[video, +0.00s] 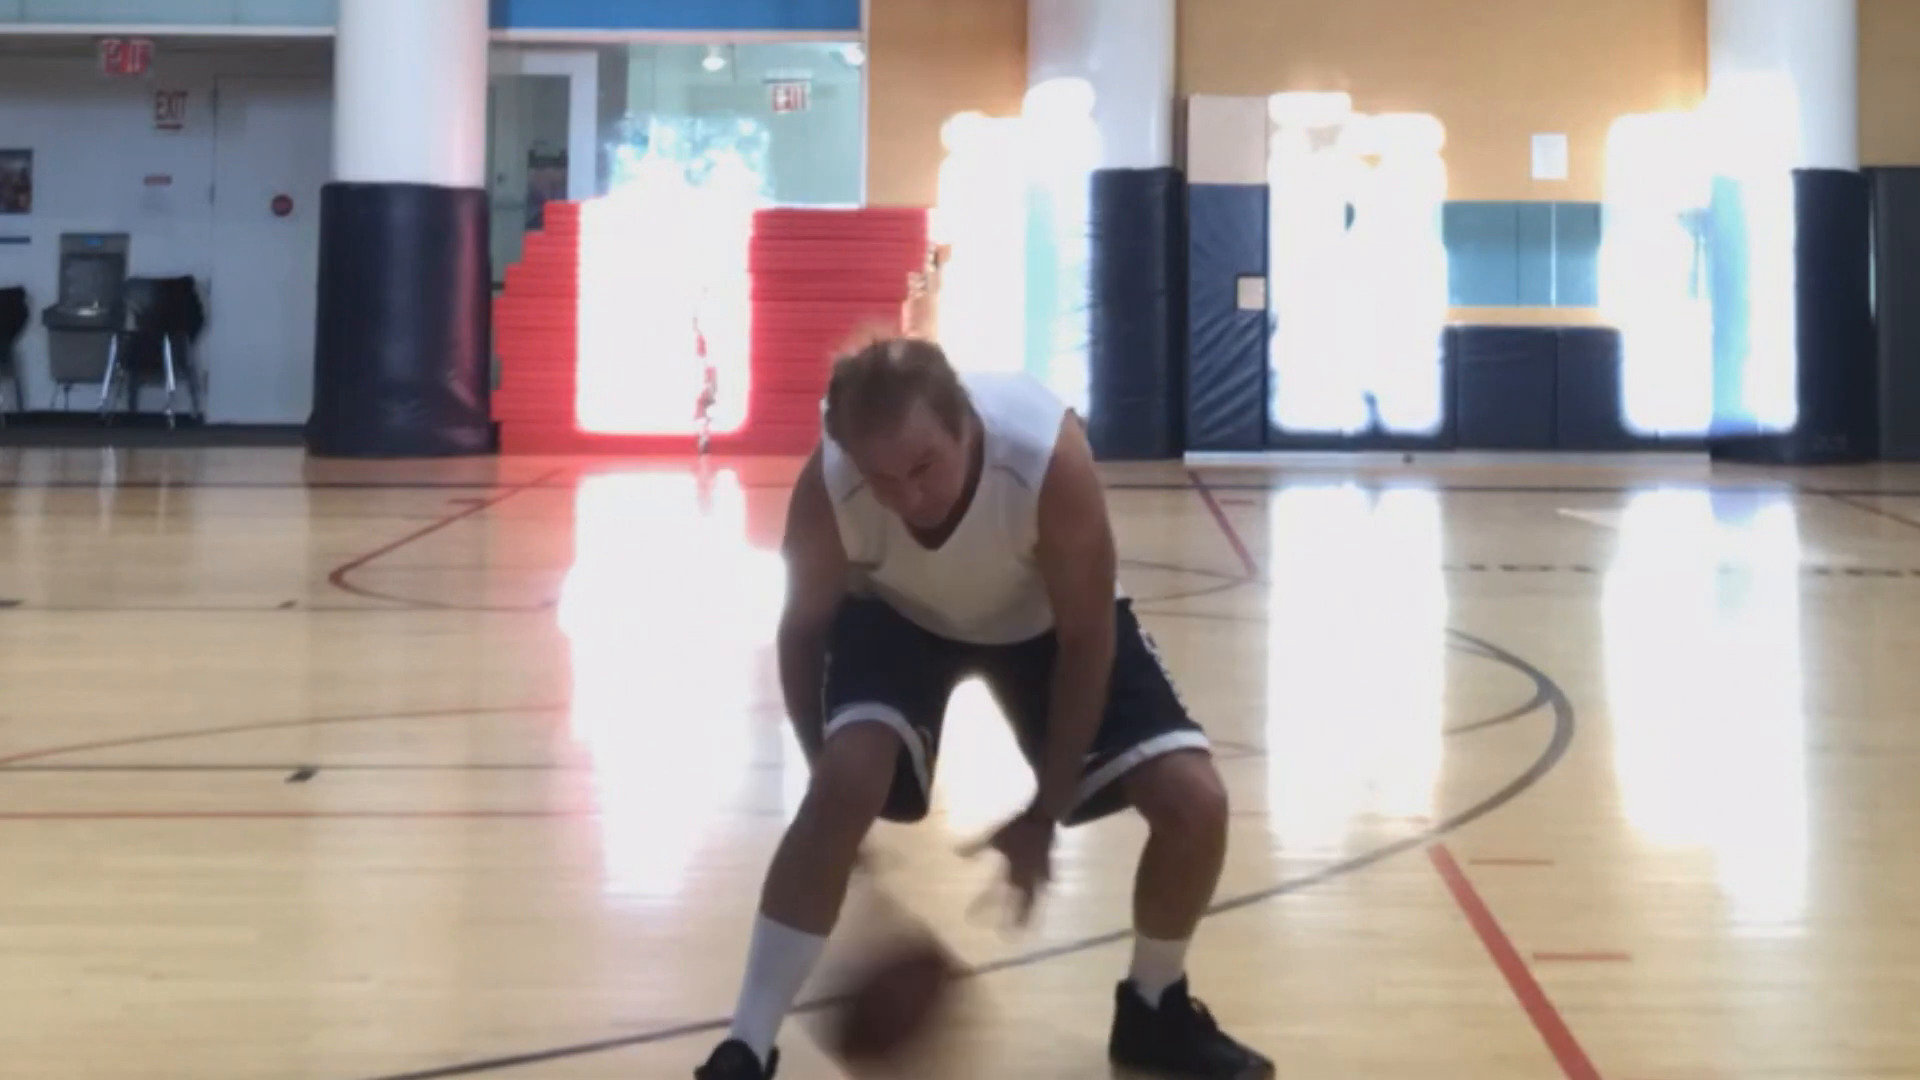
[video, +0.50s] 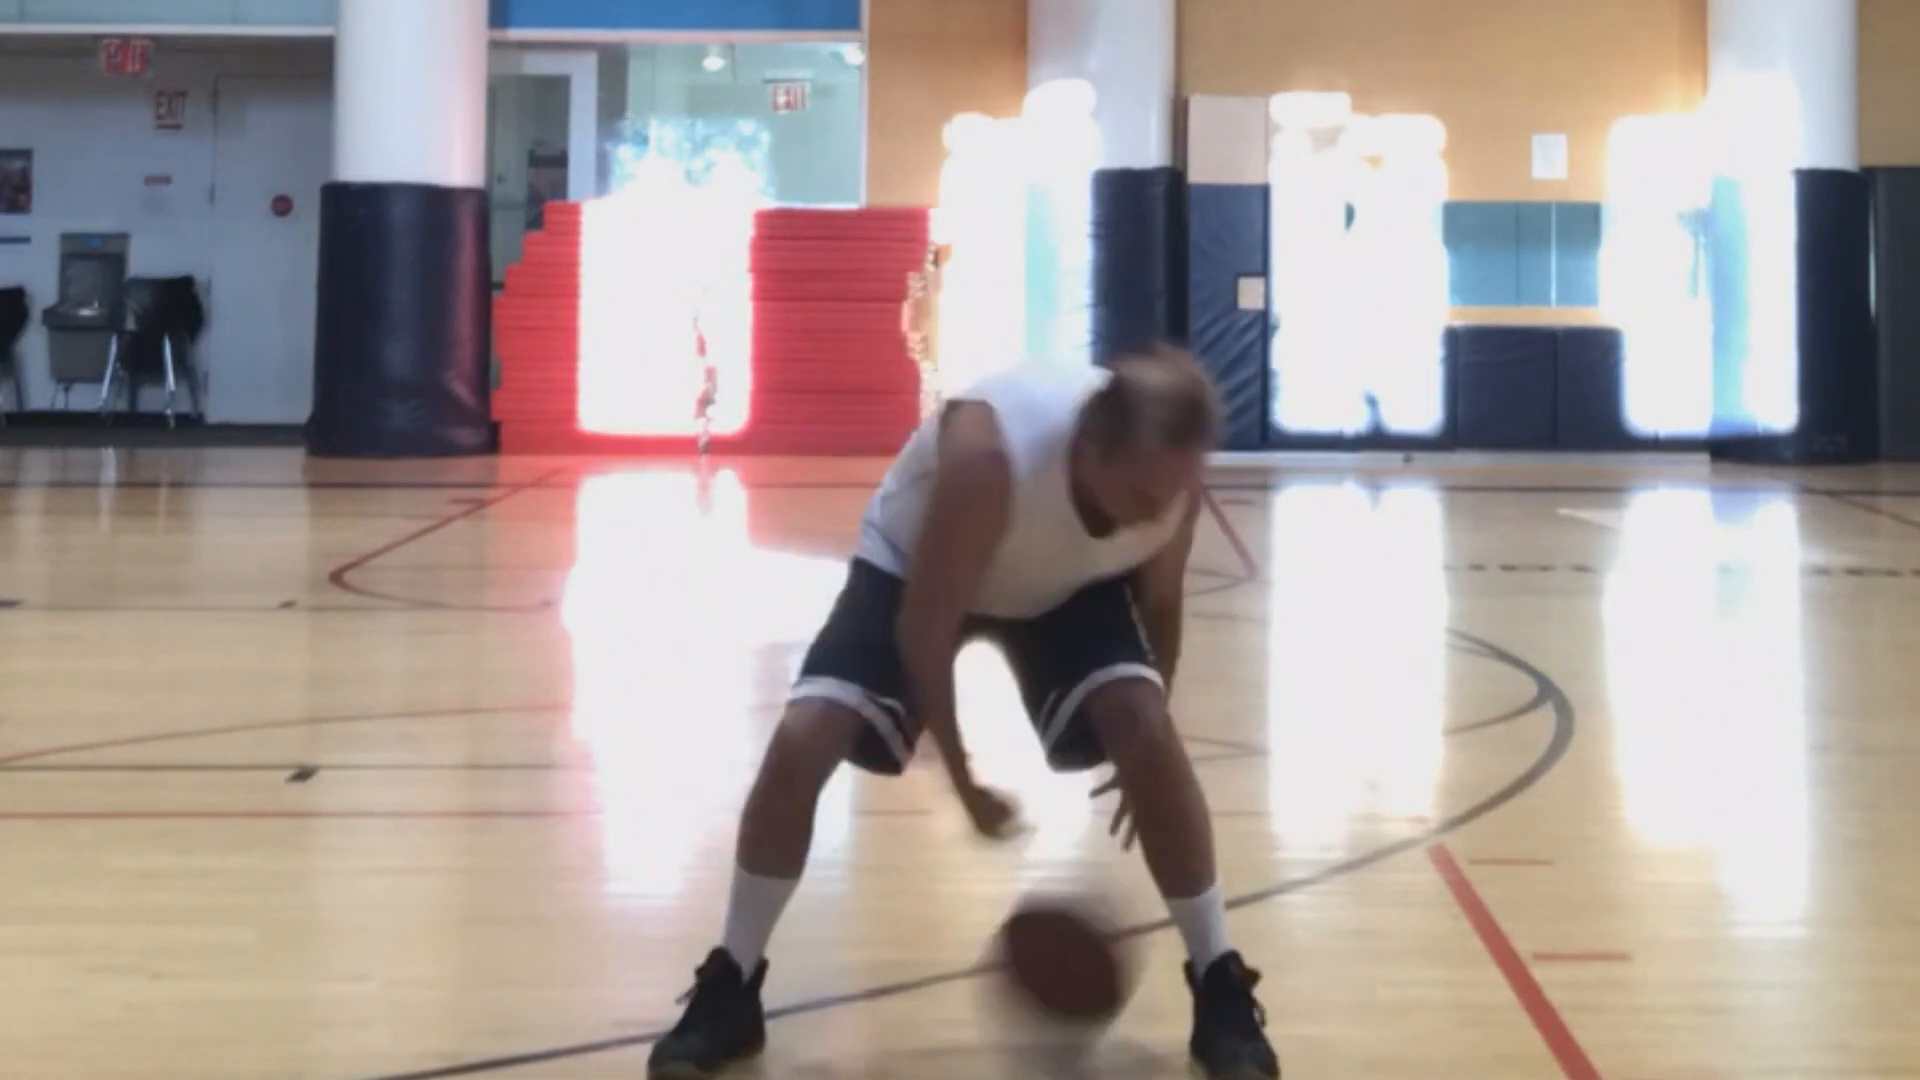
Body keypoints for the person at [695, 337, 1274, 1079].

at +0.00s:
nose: (904, 498)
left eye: (921, 471)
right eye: (877, 479)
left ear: (964, 427)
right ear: (848, 457)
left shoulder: (1049, 453)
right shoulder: (828, 487)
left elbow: (1087, 636)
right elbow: (804, 634)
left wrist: (1044, 813)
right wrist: (826, 774)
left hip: (1046, 613)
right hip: (897, 611)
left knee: (1194, 803)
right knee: (849, 776)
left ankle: (1153, 1009)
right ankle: (746, 1050)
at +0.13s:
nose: (1095, 498)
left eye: (1117, 480)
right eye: (1079, 476)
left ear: (1149, 443)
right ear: (1041, 418)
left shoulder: (1161, 452)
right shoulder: (941, 427)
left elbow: (1179, 602)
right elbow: (817, 582)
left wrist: (1191, 772)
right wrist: (786, 758)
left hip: (1020, 569)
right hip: (878, 566)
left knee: (1149, 743)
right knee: (842, 777)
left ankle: (1163, 1003)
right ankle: (748, 1048)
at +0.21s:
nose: (1290, 398)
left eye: (1302, 381)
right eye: (1282, 378)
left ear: (1310, 352)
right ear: (1220, 334)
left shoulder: (1258, 398)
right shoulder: (1111, 385)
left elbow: (1229, 547)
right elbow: (1059, 589)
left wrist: (1287, 693)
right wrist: (1186, 721)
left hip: (1091, 555)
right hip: (954, 543)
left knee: (1219, 728)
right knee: (924, 782)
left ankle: (1165, 1002)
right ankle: (785, 1042)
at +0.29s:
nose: (1044, 499)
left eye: (1061, 485)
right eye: (1025, 487)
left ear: (1095, 431)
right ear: (987, 440)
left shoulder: (1147, 422)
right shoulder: (921, 438)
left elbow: (1158, 580)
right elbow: (852, 615)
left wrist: (1132, 744)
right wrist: (844, 794)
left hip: (1083, 573)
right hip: (936, 579)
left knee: (1210, 750)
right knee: (911, 772)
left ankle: (1170, 1000)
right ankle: (782, 1043)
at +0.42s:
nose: (912, 425)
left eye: (931, 404)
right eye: (891, 409)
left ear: (961, 362)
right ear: (855, 373)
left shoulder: (1029, 391)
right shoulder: (821, 396)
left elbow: (1031, 565)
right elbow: (761, 543)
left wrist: (932, 692)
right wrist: (701, 673)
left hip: (1035, 533)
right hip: (885, 540)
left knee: (1115, 718)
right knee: (803, 725)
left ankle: (1204, 983)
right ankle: (740, 986)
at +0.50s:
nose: (1156, 512)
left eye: (1173, 496)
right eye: (1141, 494)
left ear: (1192, 465)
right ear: (1092, 446)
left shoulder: (1177, 478)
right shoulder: (991, 451)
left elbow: (1159, 605)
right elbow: (926, 624)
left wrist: (1143, 753)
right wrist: (965, 781)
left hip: (1067, 583)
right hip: (920, 564)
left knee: (1144, 727)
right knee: (800, 740)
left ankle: (1220, 985)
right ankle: (729, 986)